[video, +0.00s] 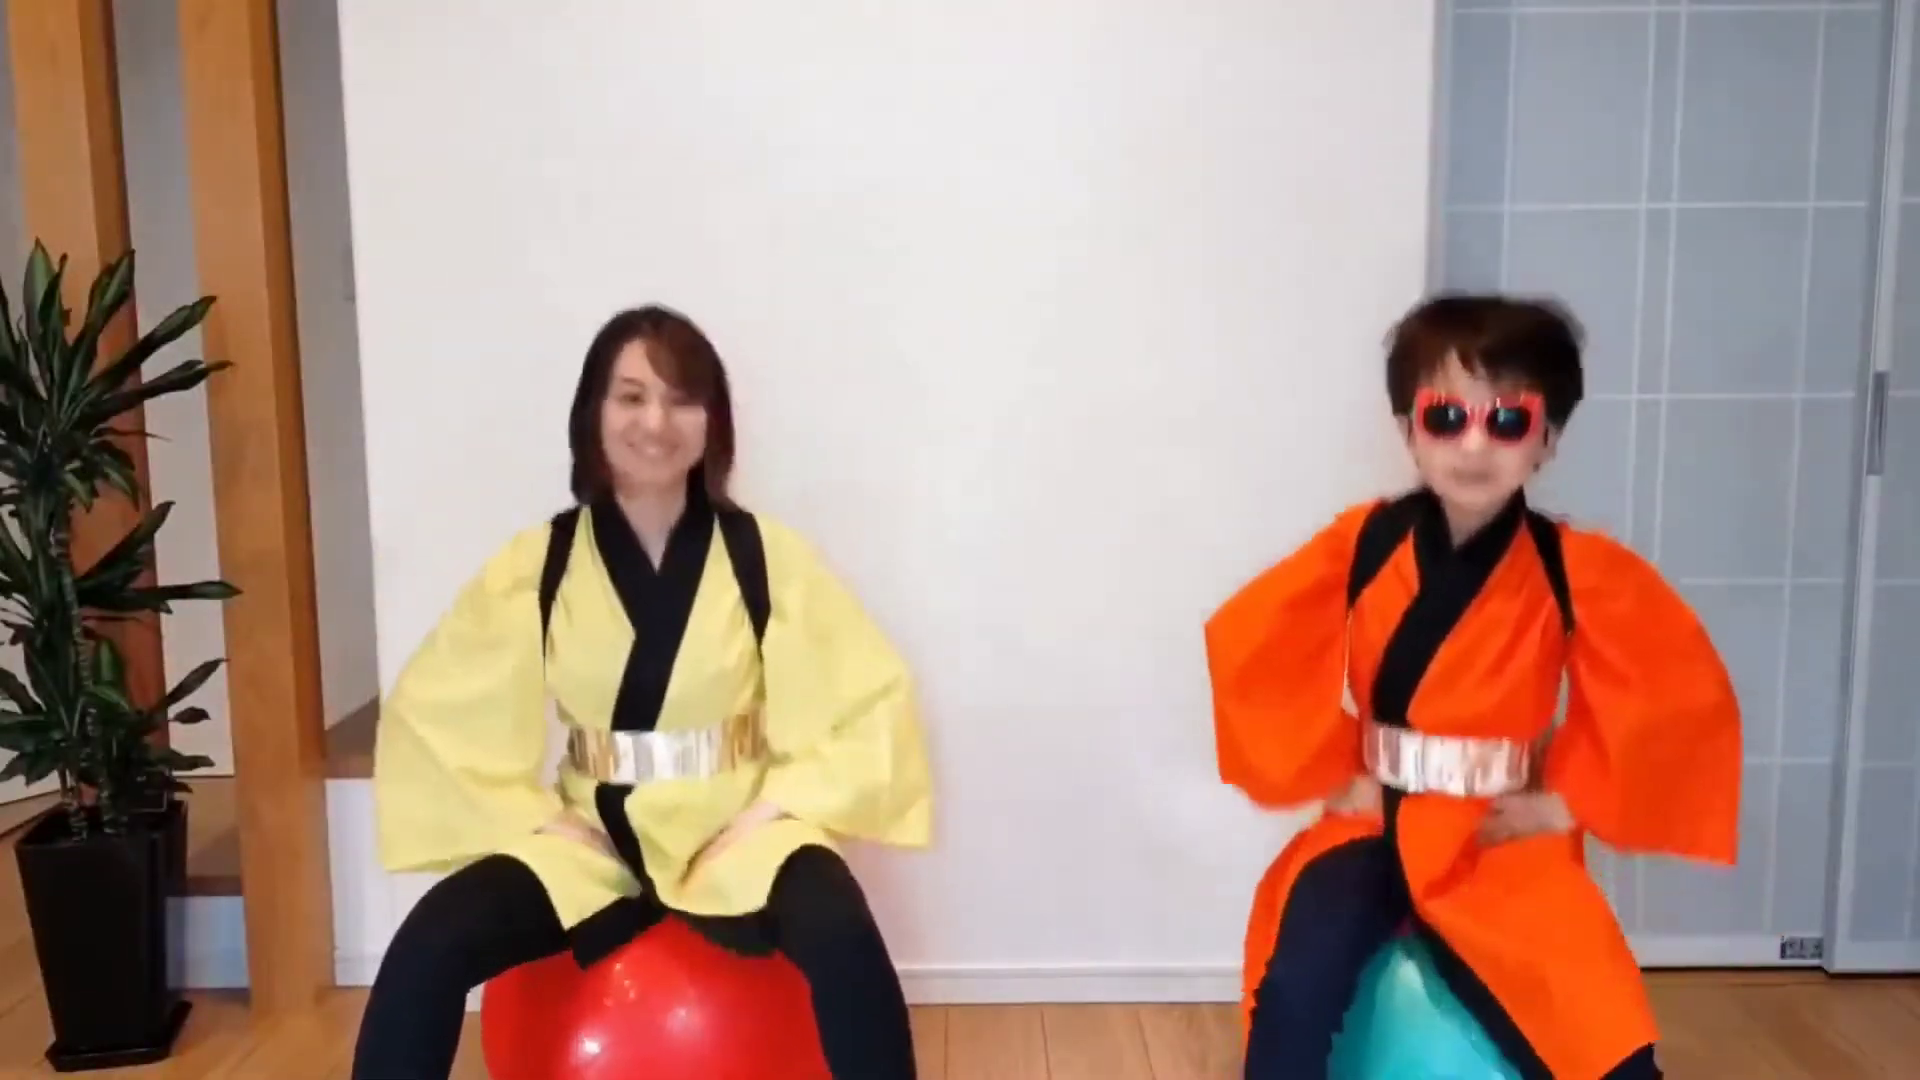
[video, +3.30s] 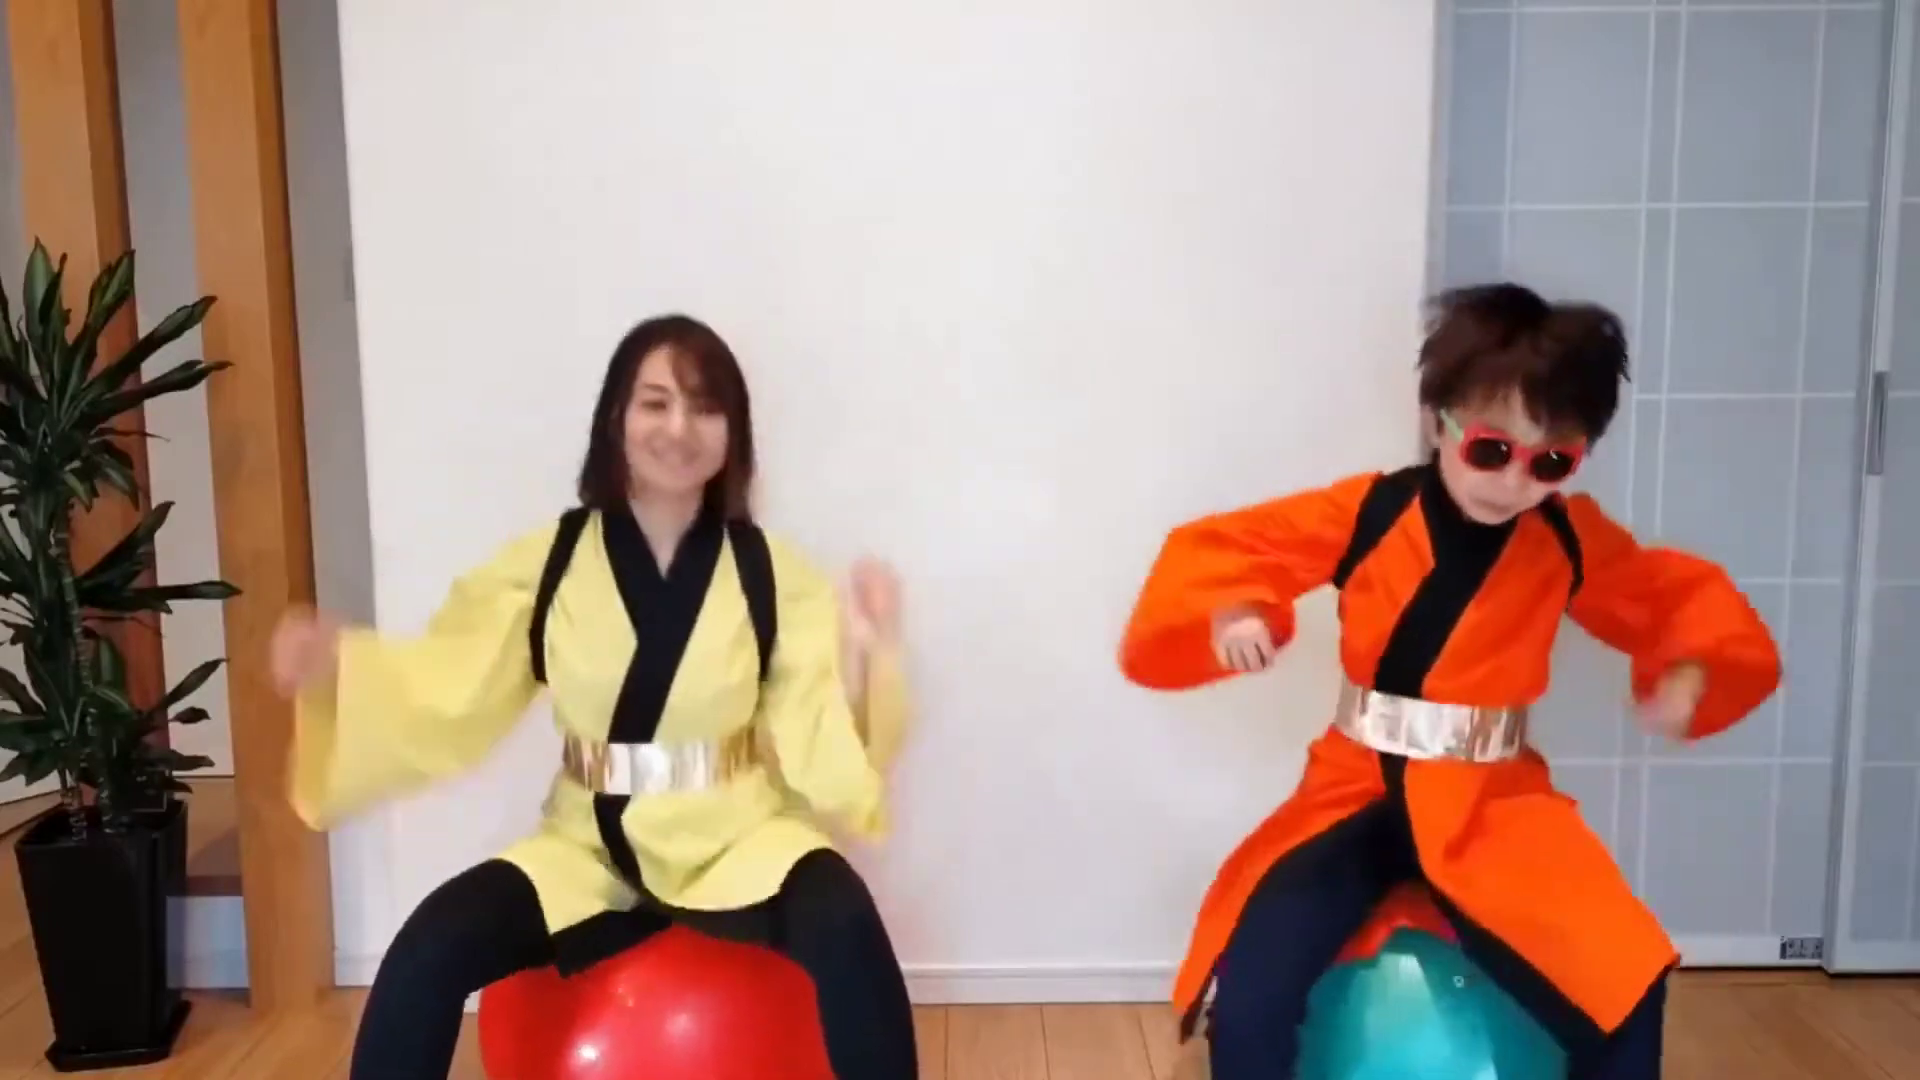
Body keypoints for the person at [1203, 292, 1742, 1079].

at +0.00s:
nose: (1473, 441)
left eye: (1508, 418)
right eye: (1444, 415)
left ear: (1547, 443)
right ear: (1406, 431)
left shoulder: (1574, 567)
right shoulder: (1363, 543)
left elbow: (1685, 700)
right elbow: (1247, 646)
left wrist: (1566, 802)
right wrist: (1334, 772)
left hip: (1505, 840)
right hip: (1369, 827)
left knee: (1606, 1029)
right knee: (1296, 982)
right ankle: (1280, 1069)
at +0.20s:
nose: (1471, 491)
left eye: (1504, 467)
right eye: (1443, 463)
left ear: (1539, 488)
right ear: (1402, 476)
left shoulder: (1568, 606)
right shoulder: (1361, 587)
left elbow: (1680, 726)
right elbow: (1237, 684)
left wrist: (1567, 830)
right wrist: (1332, 804)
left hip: (1508, 862)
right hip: (1375, 851)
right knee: (1319, 944)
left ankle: (1620, 1068)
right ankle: (1284, 1068)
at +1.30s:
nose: (1457, 512)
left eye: (1487, 488)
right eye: (1426, 488)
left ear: (1516, 504)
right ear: (1381, 509)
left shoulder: (1556, 626)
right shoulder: (1346, 614)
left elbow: (1676, 744)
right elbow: (1227, 712)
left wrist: (1564, 846)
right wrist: (1333, 816)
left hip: (1505, 885)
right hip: (1370, 874)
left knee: (1602, 1042)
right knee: (1303, 986)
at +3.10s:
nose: (1474, 514)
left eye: (1507, 492)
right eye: (1445, 484)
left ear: (1535, 499)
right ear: (1394, 487)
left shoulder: (1558, 614)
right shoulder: (1350, 599)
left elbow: (1654, 706)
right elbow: (1236, 678)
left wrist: (1595, 792)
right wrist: (1304, 792)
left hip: (1495, 880)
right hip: (1358, 868)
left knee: (1593, 1052)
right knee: (1258, 1026)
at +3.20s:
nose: (1494, 470)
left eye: (1528, 449)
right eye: (1468, 439)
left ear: (1558, 443)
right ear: (1414, 421)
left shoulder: (1562, 538)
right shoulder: (1359, 520)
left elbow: (1694, 613)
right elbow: (1219, 578)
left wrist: (1672, 664)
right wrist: (1250, 662)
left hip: (1493, 820)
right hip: (1355, 809)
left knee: (1614, 1020)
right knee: (1255, 996)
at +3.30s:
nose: (1515, 484)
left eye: (1551, 463)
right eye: (1491, 449)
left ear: (1580, 454)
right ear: (1434, 420)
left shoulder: (1568, 539)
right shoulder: (1371, 511)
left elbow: (1690, 598)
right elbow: (1216, 549)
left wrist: (1699, 665)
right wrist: (1227, 606)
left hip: (1495, 812)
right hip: (1356, 799)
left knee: (1629, 977)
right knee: (1254, 969)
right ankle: (1248, 1071)